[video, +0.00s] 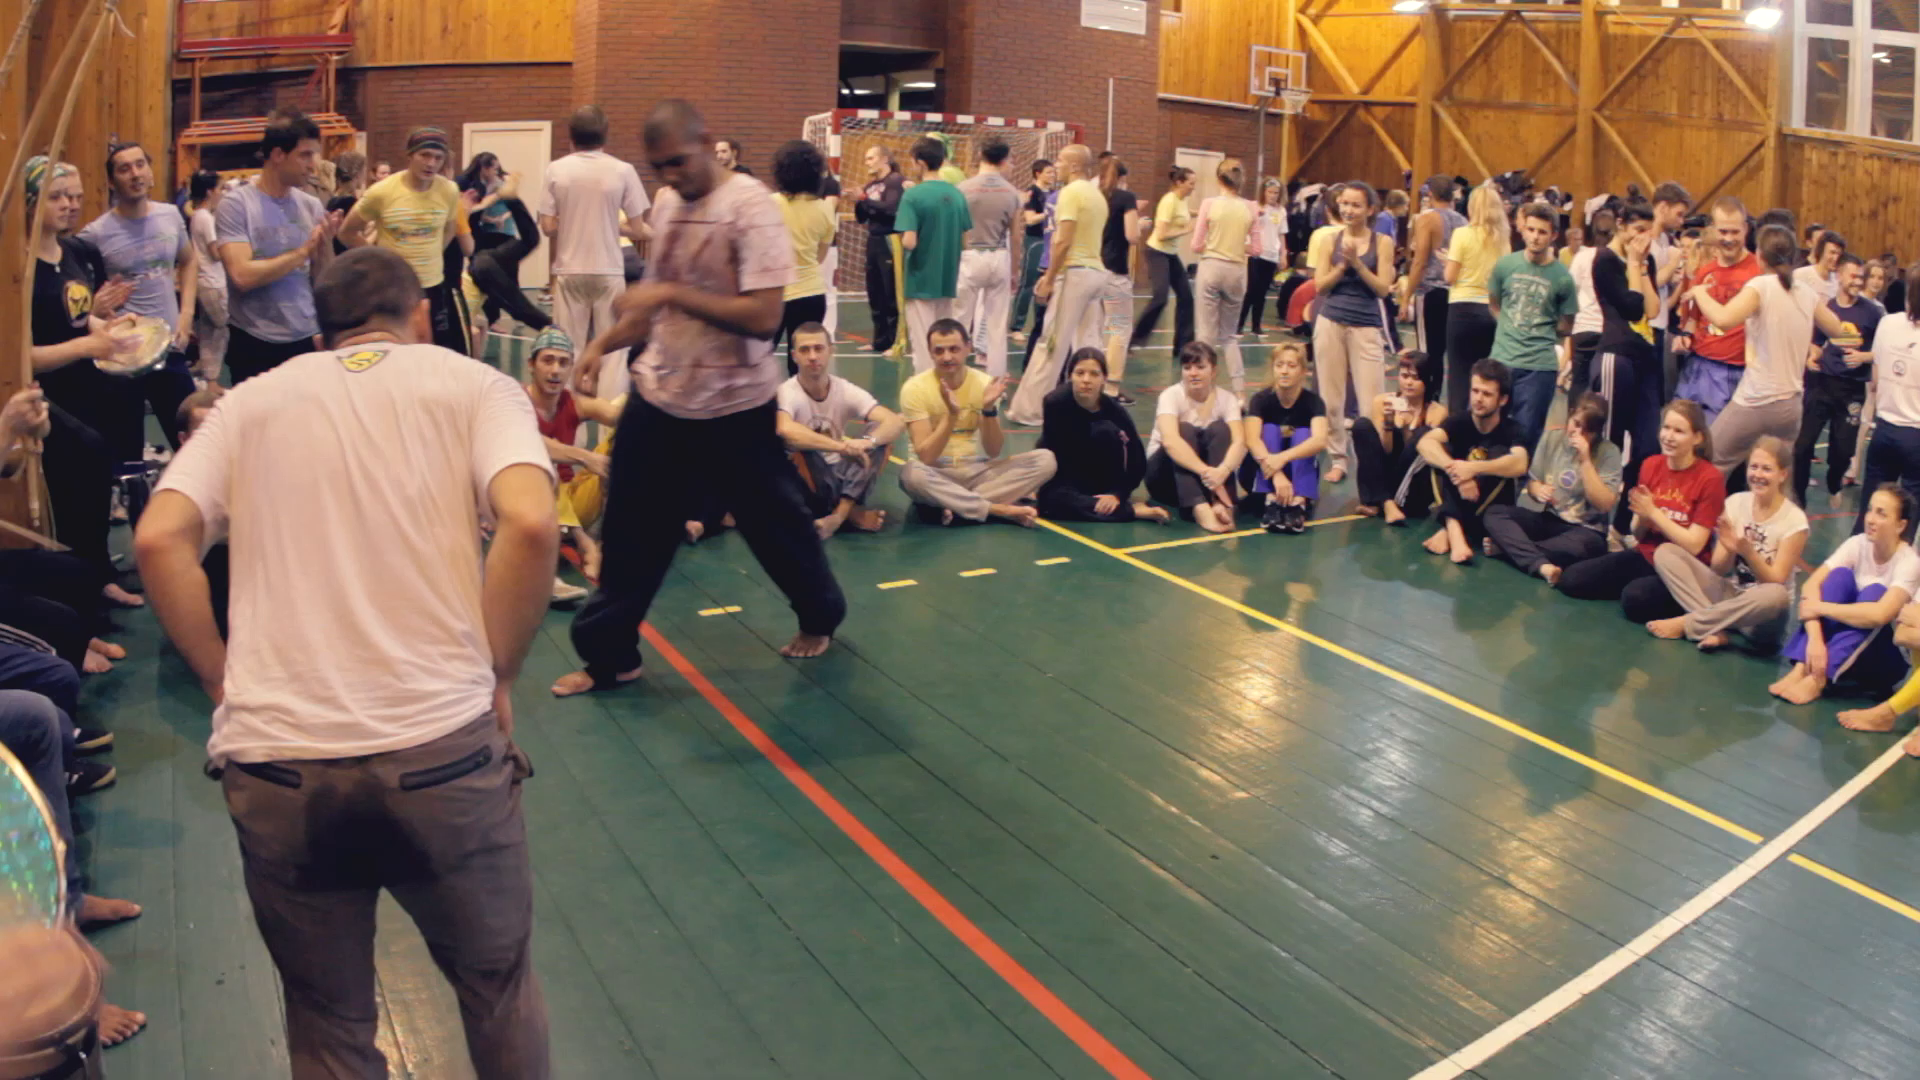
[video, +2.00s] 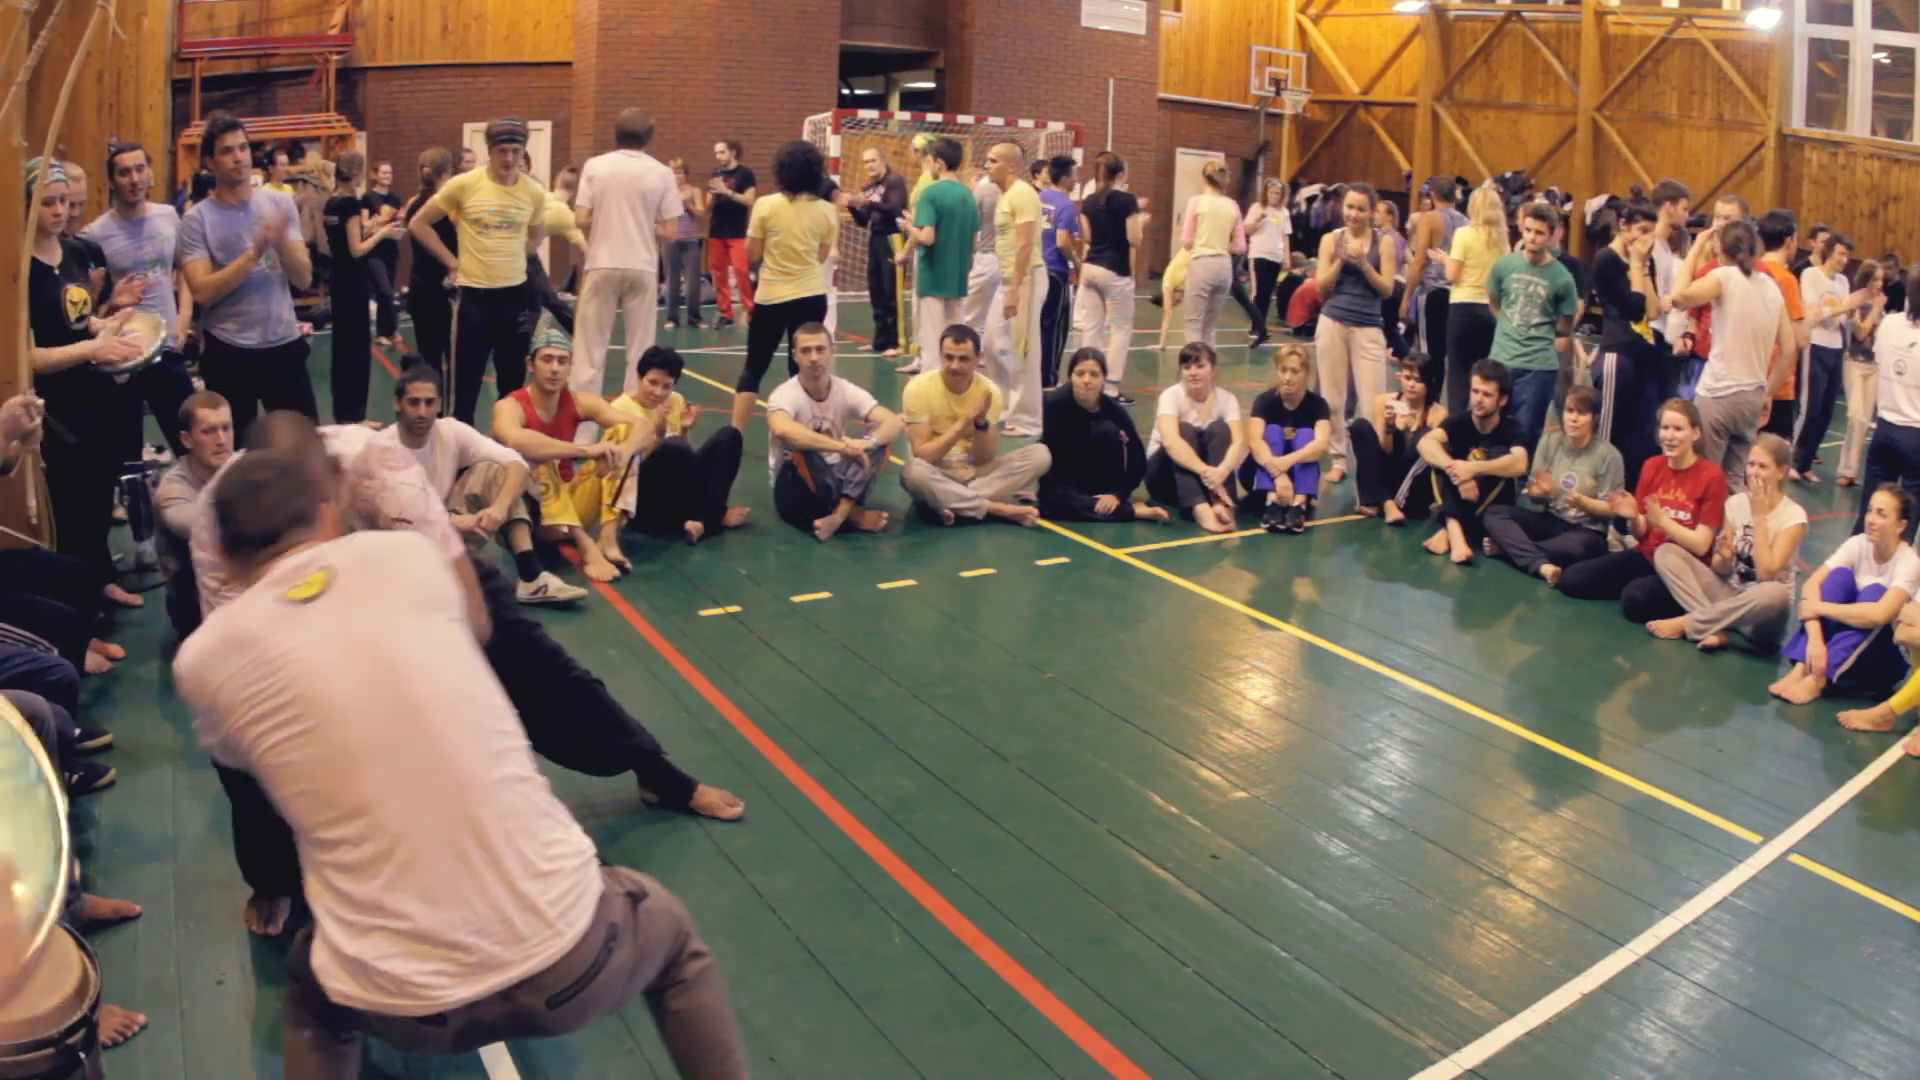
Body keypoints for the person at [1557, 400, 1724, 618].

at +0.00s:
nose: (1668, 436)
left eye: (1679, 431)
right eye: (1666, 428)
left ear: (1697, 439)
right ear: (1660, 429)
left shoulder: (1710, 478)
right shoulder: (1650, 465)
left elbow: (1694, 544)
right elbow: (1637, 533)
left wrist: (1651, 512)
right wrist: (1643, 512)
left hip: (1682, 567)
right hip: (1646, 555)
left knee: (1634, 601)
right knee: (1570, 581)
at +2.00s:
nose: (1669, 436)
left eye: (1678, 429)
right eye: (1664, 428)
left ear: (1696, 434)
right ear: (1657, 431)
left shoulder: (1712, 477)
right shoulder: (1652, 466)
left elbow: (1701, 545)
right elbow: (1641, 533)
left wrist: (1661, 520)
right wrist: (1633, 515)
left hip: (1683, 567)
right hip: (1647, 556)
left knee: (1634, 601)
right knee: (1570, 581)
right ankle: (1636, 580)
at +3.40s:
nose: (1674, 437)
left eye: (1683, 431)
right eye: (1670, 428)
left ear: (1700, 434)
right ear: (1662, 430)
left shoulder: (1713, 475)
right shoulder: (1652, 465)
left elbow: (1698, 542)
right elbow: (1639, 533)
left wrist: (1653, 517)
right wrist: (1643, 516)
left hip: (1685, 564)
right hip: (1647, 555)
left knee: (1634, 599)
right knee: (1598, 575)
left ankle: (1693, 603)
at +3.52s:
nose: (1676, 435)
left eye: (1685, 429)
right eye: (1672, 427)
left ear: (1702, 434)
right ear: (1666, 428)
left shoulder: (1715, 476)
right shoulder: (1654, 466)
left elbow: (1700, 542)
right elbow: (1641, 533)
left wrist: (1659, 515)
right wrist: (1637, 515)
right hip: (1646, 557)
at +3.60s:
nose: (1678, 435)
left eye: (1687, 429)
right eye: (1675, 426)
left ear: (1704, 434)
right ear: (1669, 428)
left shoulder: (1716, 475)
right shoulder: (1654, 465)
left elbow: (1699, 541)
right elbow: (1639, 518)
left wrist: (1657, 513)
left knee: (1668, 551)